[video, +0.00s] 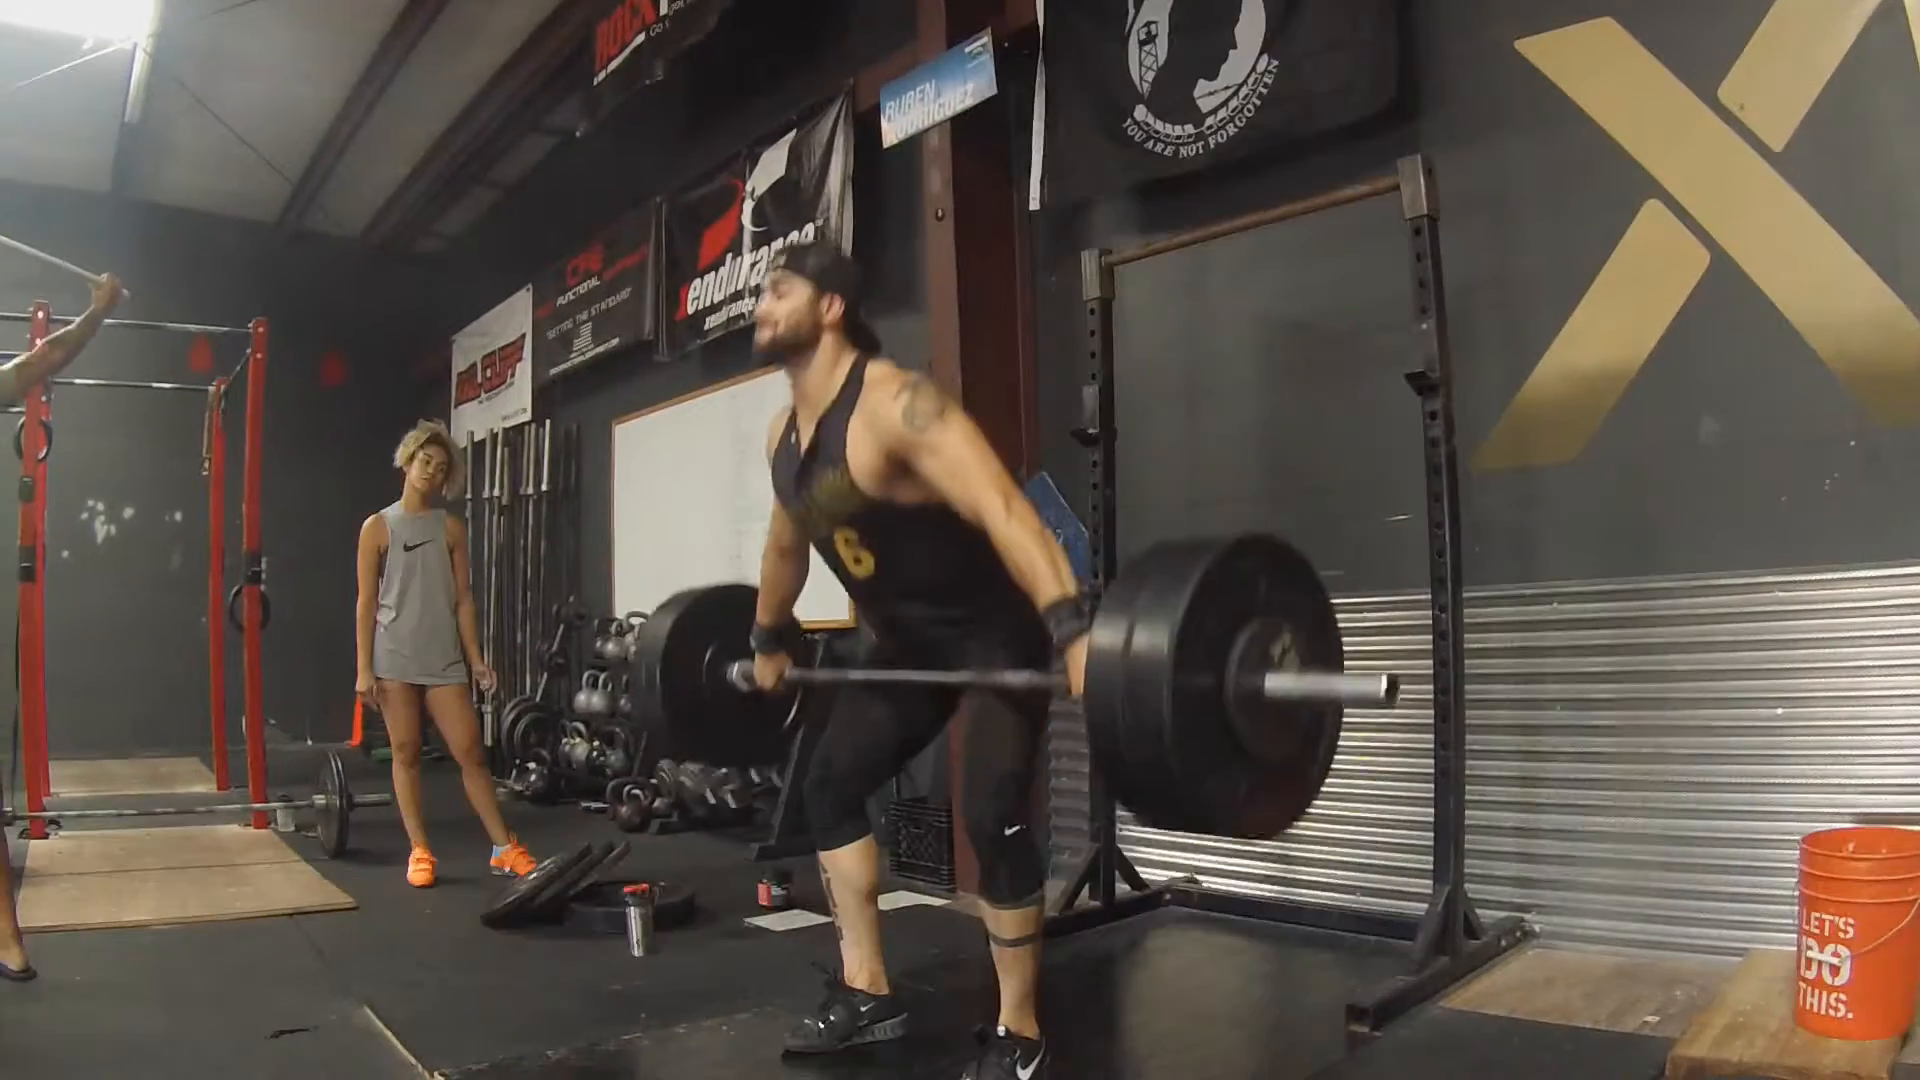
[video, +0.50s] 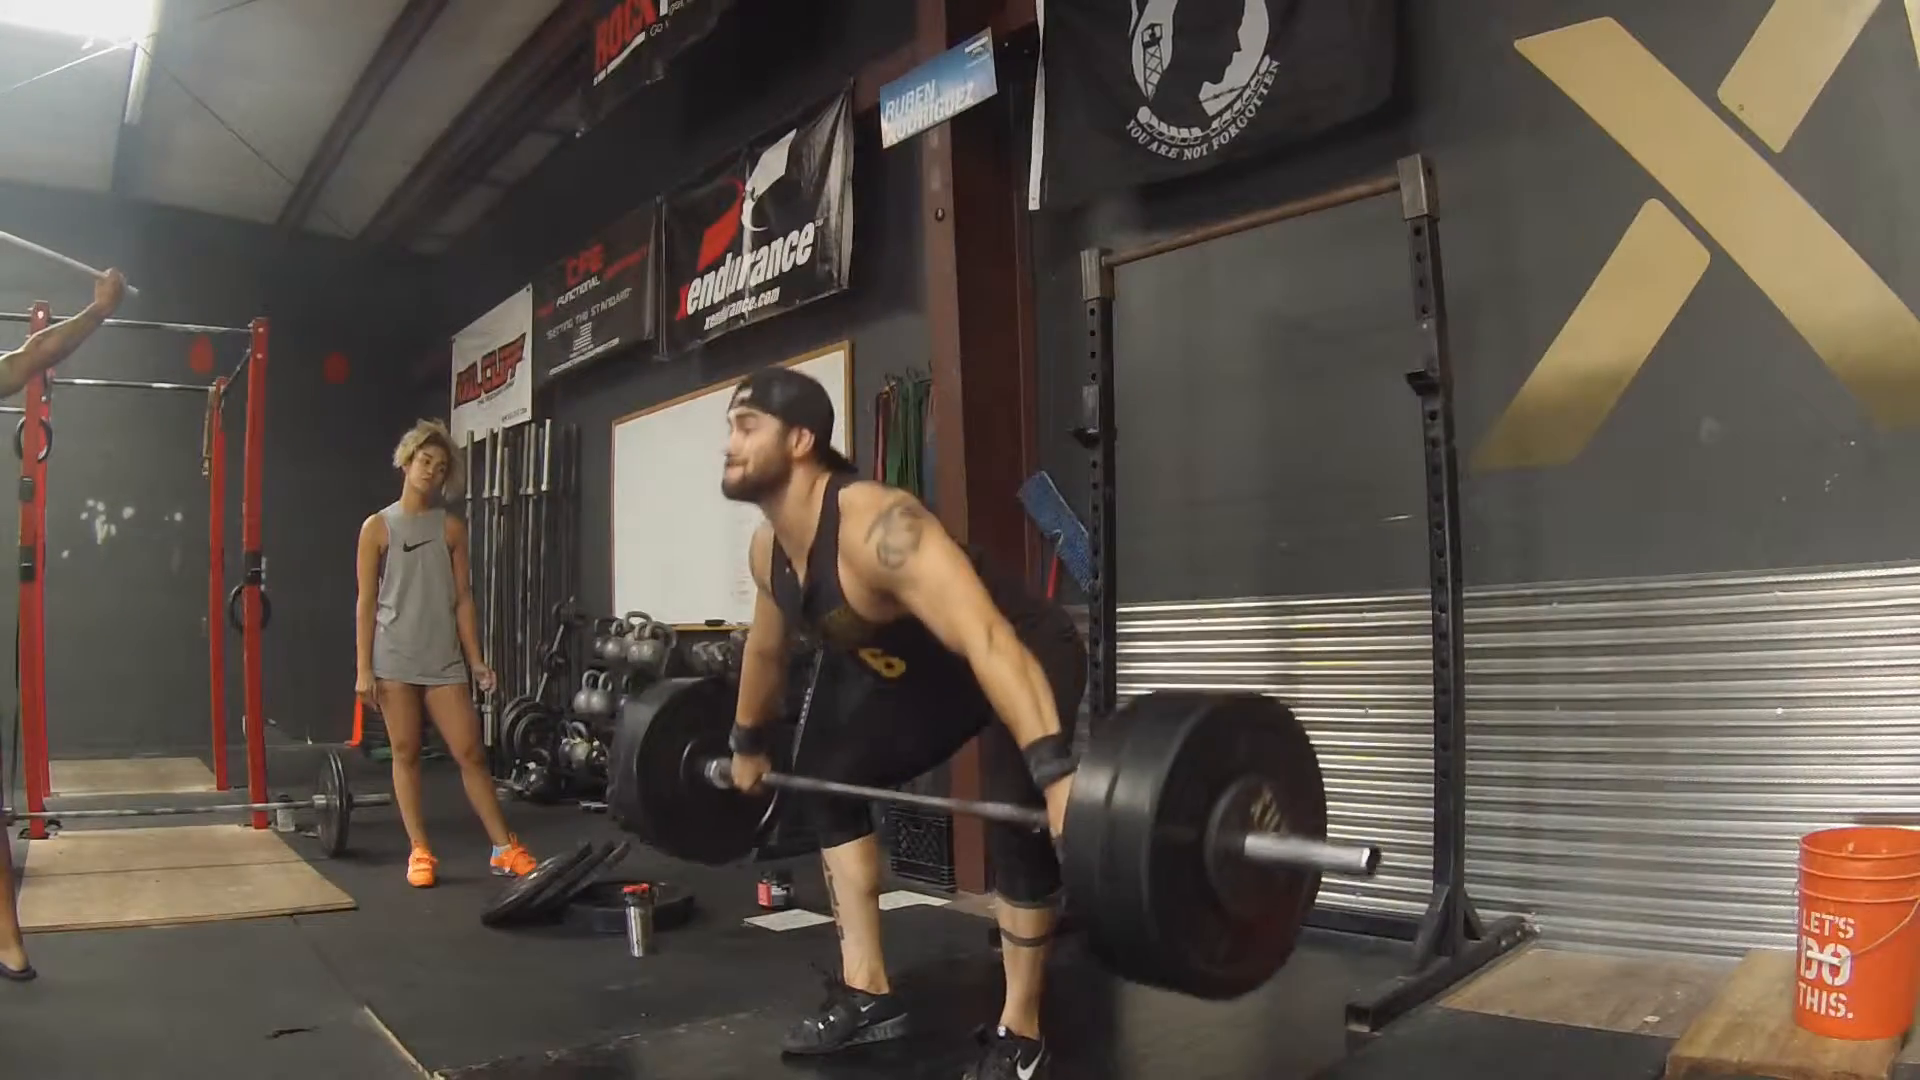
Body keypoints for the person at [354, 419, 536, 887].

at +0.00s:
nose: (430, 470)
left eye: (439, 466)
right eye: (424, 460)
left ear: (446, 475)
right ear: (406, 462)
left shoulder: (451, 527)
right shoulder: (378, 528)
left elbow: (463, 597)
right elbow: (367, 602)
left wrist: (475, 658)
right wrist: (364, 669)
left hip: (446, 661)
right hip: (395, 661)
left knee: (471, 752)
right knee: (406, 754)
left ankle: (504, 846)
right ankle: (419, 850)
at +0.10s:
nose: (430, 470)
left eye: (439, 466)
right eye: (424, 461)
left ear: (445, 476)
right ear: (406, 462)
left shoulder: (451, 527)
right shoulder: (378, 528)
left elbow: (463, 597)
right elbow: (367, 602)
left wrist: (475, 658)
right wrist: (364, 669)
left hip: (446, 661)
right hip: (395, 661)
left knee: (471, 752)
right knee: (406, 754)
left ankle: (504, 846)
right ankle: (419, 850)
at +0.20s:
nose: (430, 470)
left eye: (439, 466)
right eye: (424, 460)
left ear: (445, 476)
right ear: (405, 462)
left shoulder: (451, 527)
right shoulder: (378, 528)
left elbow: (463, 597)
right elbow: (367, 602)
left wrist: (475, 658)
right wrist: (364, 669)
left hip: (446, 661)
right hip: (395, 661)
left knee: (471, 752)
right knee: (406, 754)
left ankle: (504, 846)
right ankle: (419, 850)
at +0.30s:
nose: (430, 470)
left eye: (438, 465)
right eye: (423, 460)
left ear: (445, 474)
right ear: (405, 462)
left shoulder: (452, 528)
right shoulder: (377, 527)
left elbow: (463, 598)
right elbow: (367, 602)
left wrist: (476, 660)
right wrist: (364, 668)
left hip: (445, 660)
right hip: (394, 660)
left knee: (470, 753)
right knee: (405, 754)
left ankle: (504, 846)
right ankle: (419, 851)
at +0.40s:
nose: (430, 470)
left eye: (438, 465)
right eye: (423, 460)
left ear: (445, 474)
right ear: (405, 463)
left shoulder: (452, 528)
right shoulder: (377, 527)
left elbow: (463, 598)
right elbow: (366, 603)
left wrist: (476, 660)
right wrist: (364, 668)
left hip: (445, 661)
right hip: (394, 661)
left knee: (471, 753)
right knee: (405, 754)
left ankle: (504, 846)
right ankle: (419, 851)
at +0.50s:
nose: (430, 470)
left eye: (438, 465)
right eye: (423, 460)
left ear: (445, 474)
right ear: (405, 462)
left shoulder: (452, 528)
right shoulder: (377, 527)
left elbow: (463, 598)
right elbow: (366, 602)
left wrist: (475, 660)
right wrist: (364, 668)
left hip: (445, 661)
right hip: (394, 661)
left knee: (471, 753)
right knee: (405, 754)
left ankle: (504, 846)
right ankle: (419, 851)